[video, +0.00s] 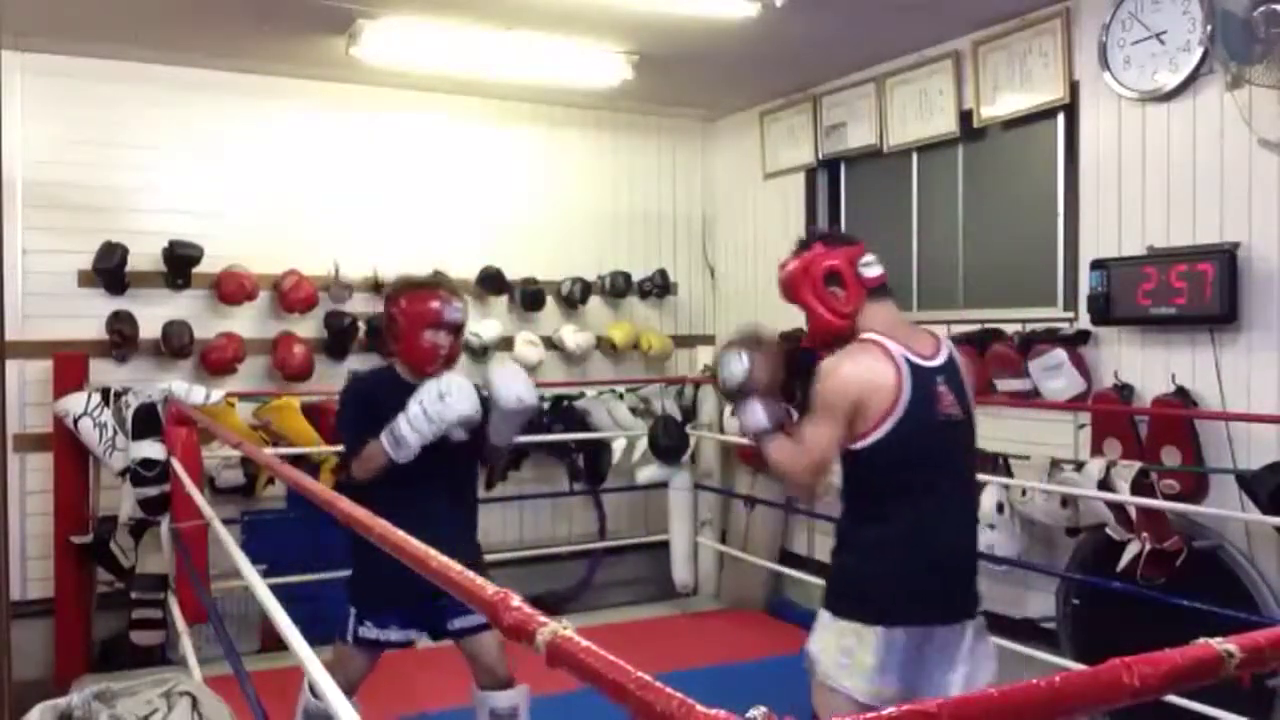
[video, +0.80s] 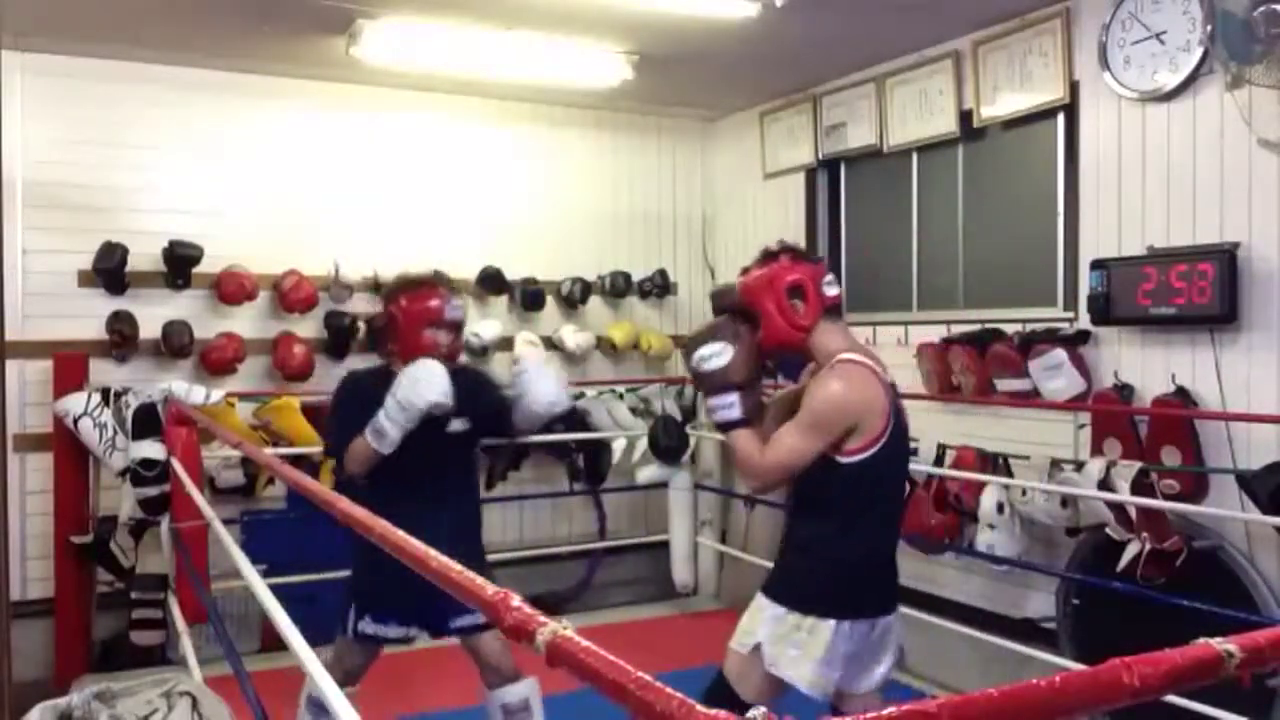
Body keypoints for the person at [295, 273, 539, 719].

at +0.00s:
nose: (443, 342)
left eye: (452, 332)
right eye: (432, 330)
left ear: (461, 339)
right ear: (399, 329)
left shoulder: (460, 394)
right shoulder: (366, 390)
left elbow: (488, 469)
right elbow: (357, 470)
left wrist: (507, 419)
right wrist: (413, 426)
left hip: (455, 560)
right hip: (384, 562)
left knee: (495, 671)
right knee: (346, 674)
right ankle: (311, 714)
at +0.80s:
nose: (446, 339)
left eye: (453, 329)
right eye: (434, 327)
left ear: (460, 334)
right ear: (401, 330)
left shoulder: (468, 384)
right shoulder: (362, 388)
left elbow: (507, 427)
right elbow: (350, 467)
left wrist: (533, 407)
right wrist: (396, 414)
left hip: (456, 561)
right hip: (384, 563)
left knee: (499, 662)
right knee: (350, 663)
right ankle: (311, 711)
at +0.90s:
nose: (461, 339)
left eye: (469, 327)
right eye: (449, 327)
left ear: (476, 328)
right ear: (414, 327)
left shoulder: (490, 376)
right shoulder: (375, 380)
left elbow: (556, 373)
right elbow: (364, 455)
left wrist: (596, 358)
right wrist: (395, 396)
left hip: (461, 551)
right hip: (387, 550)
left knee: (495, 662)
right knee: (340, 662)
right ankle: (308, 715)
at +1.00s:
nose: (464, 341)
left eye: (472, 329)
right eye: (452, 328)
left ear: (480, 331)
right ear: (416, 327)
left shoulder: (486, 379)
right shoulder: (378, 385)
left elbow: (545, 379)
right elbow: (359, 462)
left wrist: (590, 358)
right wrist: (390, 403)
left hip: (463, 553)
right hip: (389, 552)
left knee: (501, 669)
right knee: (335, 666)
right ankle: (306, 708)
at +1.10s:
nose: (457, 360)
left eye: (466, 348)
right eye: (446, 346)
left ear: (476, 352)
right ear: (413, 344)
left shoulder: (481, 402)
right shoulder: (372, 401)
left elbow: (526, 443)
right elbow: (344, 477)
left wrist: (544, 409)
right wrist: (375, 423)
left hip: (466, 563)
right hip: (392, 565)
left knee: (516, 670)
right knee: (338, 668)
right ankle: (304, 710)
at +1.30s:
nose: (427, 340)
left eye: (434, 329)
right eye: (416, 328)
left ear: (442, 330)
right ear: (382, 325)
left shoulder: (444, 383)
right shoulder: (342, 380)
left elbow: (486, 432)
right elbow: (329, 456)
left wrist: (496, 402)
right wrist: (377, 406)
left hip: (434, 550)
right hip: (360, 551)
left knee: (481, 649)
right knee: (321, 653)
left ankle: (498, 713)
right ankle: (294, 712)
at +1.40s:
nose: (412, 349)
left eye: (420, 338)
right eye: (401, 337)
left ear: (428, 342)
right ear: (367, 338)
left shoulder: (428, 394)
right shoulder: (328, 394)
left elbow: (463, 442)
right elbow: (320, 476)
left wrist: (480, 402)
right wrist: (370, 417)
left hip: (417, 557)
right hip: (345, 559)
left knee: (461, 662)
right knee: (303, 674)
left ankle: (441, 716)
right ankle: (285, 714)